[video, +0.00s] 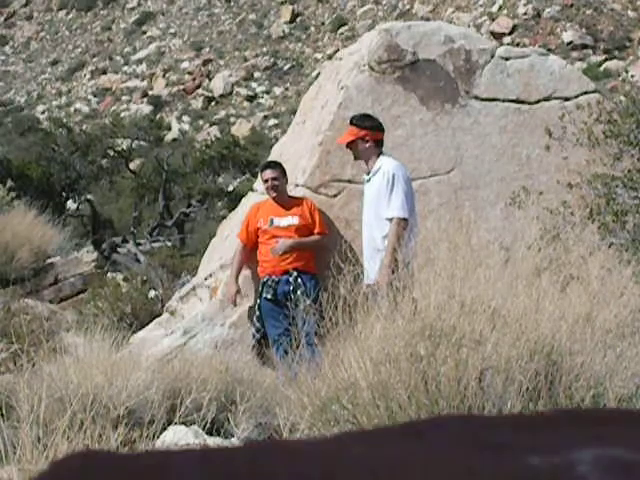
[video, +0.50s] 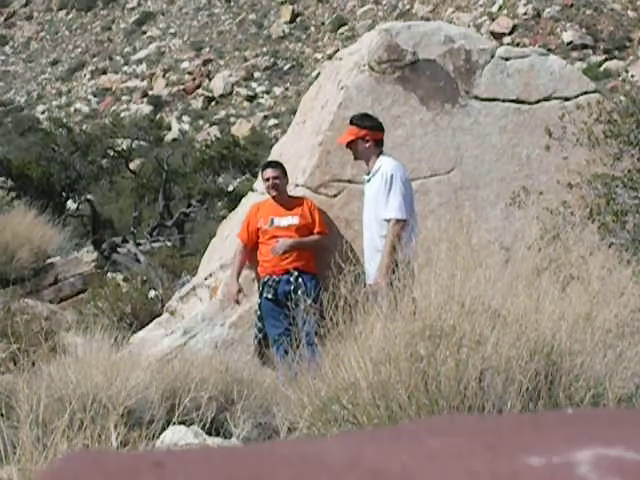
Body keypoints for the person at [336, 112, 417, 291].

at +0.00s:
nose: (349, 147)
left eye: (353, 142)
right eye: (349, 142)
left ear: (368, 141)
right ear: (366, 142)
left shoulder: (393, 171)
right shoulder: (371, 176)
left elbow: (399, 222)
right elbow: (375, 226)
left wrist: (386, 270)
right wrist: (370, 274)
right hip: (373, 277)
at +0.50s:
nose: (349, 147)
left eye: (353, 142)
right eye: (349, 142)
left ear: (367, 142)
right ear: (366, 142)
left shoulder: (392, 171)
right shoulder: (372, 175)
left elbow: (398, 223)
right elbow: (376, 226)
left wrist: (384, 274)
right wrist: (373, 274)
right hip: (374, 277)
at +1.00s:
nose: (350, 147)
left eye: (354, 142)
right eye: (350, 142)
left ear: (368, 141)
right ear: (367, 142)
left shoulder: (393, 171)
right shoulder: (375, 175)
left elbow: (398, 224)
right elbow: (379, 226)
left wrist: (386, 273)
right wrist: (374, 273)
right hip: (376, 276)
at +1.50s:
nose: (359, 145)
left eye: (364, 138)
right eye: (356, 139)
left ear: (381, 136)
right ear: (354, 142)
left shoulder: (396, 170)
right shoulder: (374, 176)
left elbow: (398, 222)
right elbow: (380, 225)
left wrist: (385, 272)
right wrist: (375, 271)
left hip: (396, 272)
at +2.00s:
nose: (352, 147)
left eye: (356, 142)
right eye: (352, 143)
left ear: (373, 140)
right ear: (371, 141)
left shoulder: (395, 169)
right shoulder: (376, 173)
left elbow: (400, 220)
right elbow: (380, 222)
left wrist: (382, 266)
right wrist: (371, 260)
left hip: (400, 265)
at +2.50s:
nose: (367, 146)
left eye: (368, 141)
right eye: (367, 141)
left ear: (379, 142)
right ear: (390, 140)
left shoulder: (406, 171)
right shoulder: (398, 169)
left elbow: (405, 225)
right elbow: (402, 224)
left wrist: (390, 266)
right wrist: (391, 263)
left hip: (411, 266)